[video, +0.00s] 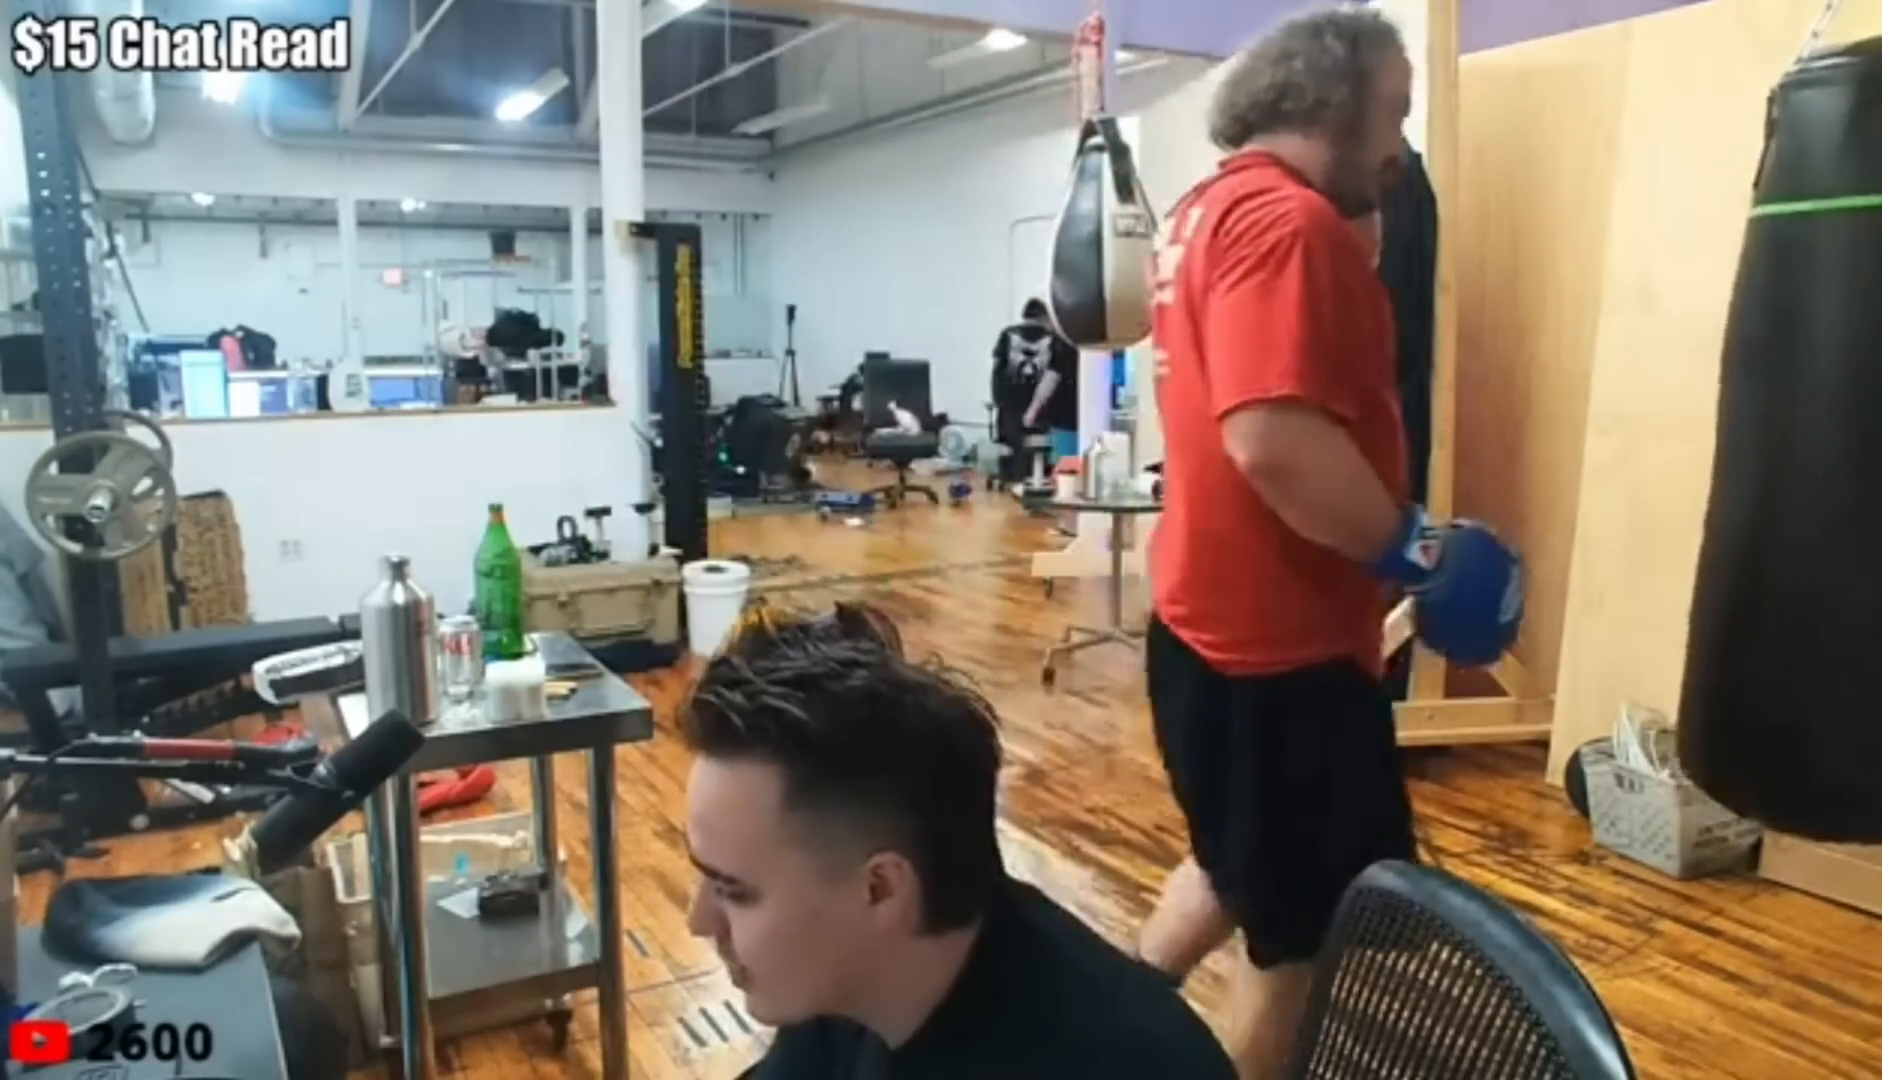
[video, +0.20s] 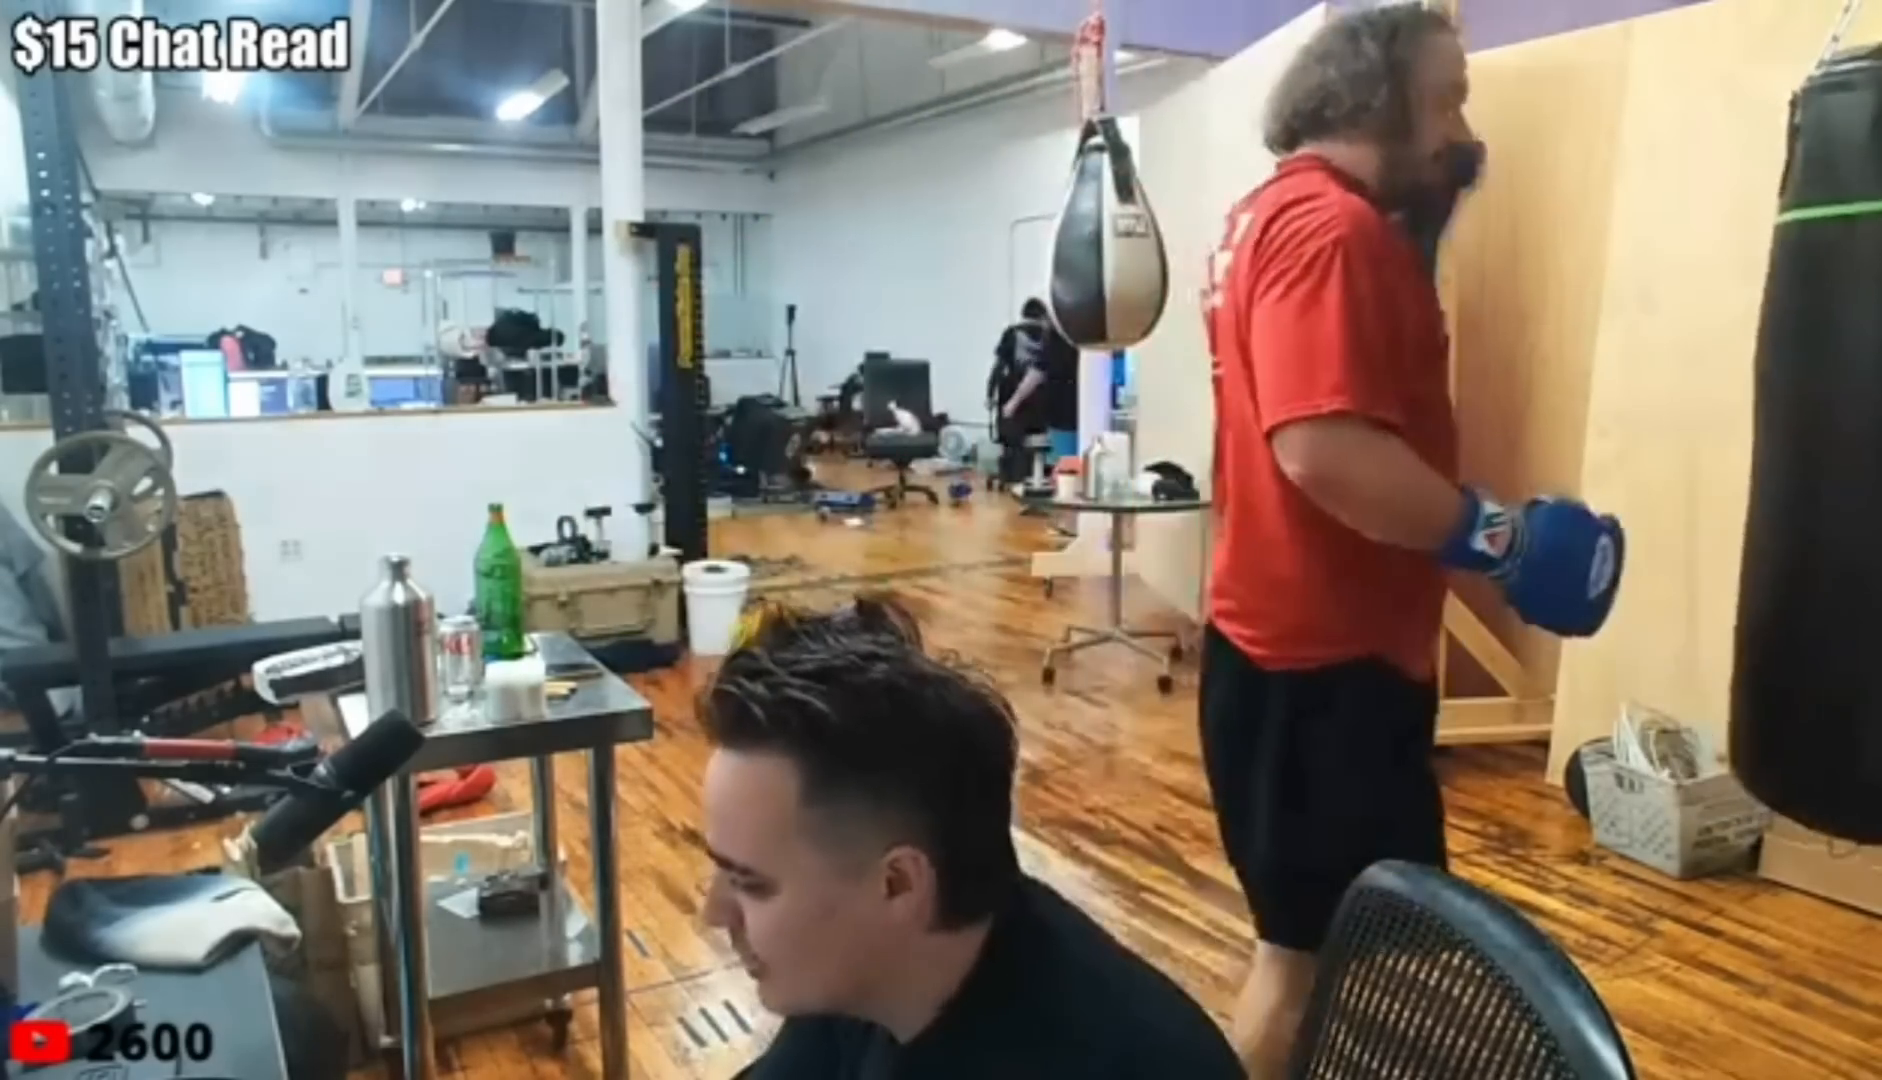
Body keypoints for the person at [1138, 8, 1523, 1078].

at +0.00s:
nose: (1407, 141)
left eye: (1408, 115)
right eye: (1395, 112)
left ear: (1298, 111)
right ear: (1324, 106)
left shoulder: (1218, 207)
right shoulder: (1284, 221)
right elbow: (1272, 440)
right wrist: (1421, 555)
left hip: (1212, 632)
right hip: (1284, 652)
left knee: (1229, 863)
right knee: (1301, 945)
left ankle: (1119, 1016)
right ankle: (1248, 1074)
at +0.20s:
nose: (1467, 130)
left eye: (1463, 102)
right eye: (1450, 102)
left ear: (1359, 103)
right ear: (1381, 100)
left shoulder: (1279, 212)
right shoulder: (1329, 223)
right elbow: (1321, 445)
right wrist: (1498, 537)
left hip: (1297, 655)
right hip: (1324, 670)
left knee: (1318, 953)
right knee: (1309, 962)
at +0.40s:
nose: (1481, 143)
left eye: (1482, 120)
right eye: (1456, 118)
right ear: (1370, 129)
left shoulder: (1406, 259)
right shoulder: (1328, 257)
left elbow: (1394, 406)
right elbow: (1298, 468)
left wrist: (1488, 360)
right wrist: (1476, 547)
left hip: (1415, 667)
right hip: (1347, 676)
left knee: (1429, 945)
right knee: (1354, 950)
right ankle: (1285, 1077)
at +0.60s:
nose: (1462, 137)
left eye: (1479, 118)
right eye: (1434, 116)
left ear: (1493, 134)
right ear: (1368, 130)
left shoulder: (1453, 266)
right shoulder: (1318, 256)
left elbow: (1447, 417)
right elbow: (1262, 449)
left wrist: (1554, 408)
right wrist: (1418, 540)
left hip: (1447, 634)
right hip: (1358, 642)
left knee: (1444, 894)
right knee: (1404, 902)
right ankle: (1335, 1066)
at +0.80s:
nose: (1438, 143)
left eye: (1460, 122)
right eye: (1414, 120)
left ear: (1486, 141)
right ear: (1368, 133)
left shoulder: (1483, 270)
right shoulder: (1308, 259)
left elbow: (1490, 418)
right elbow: (1235, 428)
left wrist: (1606, 414)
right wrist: (1359, 522)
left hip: (1457, 632)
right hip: (1343, 628)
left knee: (1459, 875)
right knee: (1351, 881)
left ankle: (1418, 1057)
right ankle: (1311, 1065)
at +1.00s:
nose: (1415, 147)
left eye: (1441, 126)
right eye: (1394, 126)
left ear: (1474, 146)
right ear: (1357, 139)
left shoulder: (1500, 274)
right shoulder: (1295, 261)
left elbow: (1585, 394)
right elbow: (1209, 414)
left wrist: (1700, 431)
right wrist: (1307, 505)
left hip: (1442, 621)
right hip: (1320, 616)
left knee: (1386, 858)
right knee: (1314, 862)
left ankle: (1341, 1049)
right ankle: (1243, 1053)